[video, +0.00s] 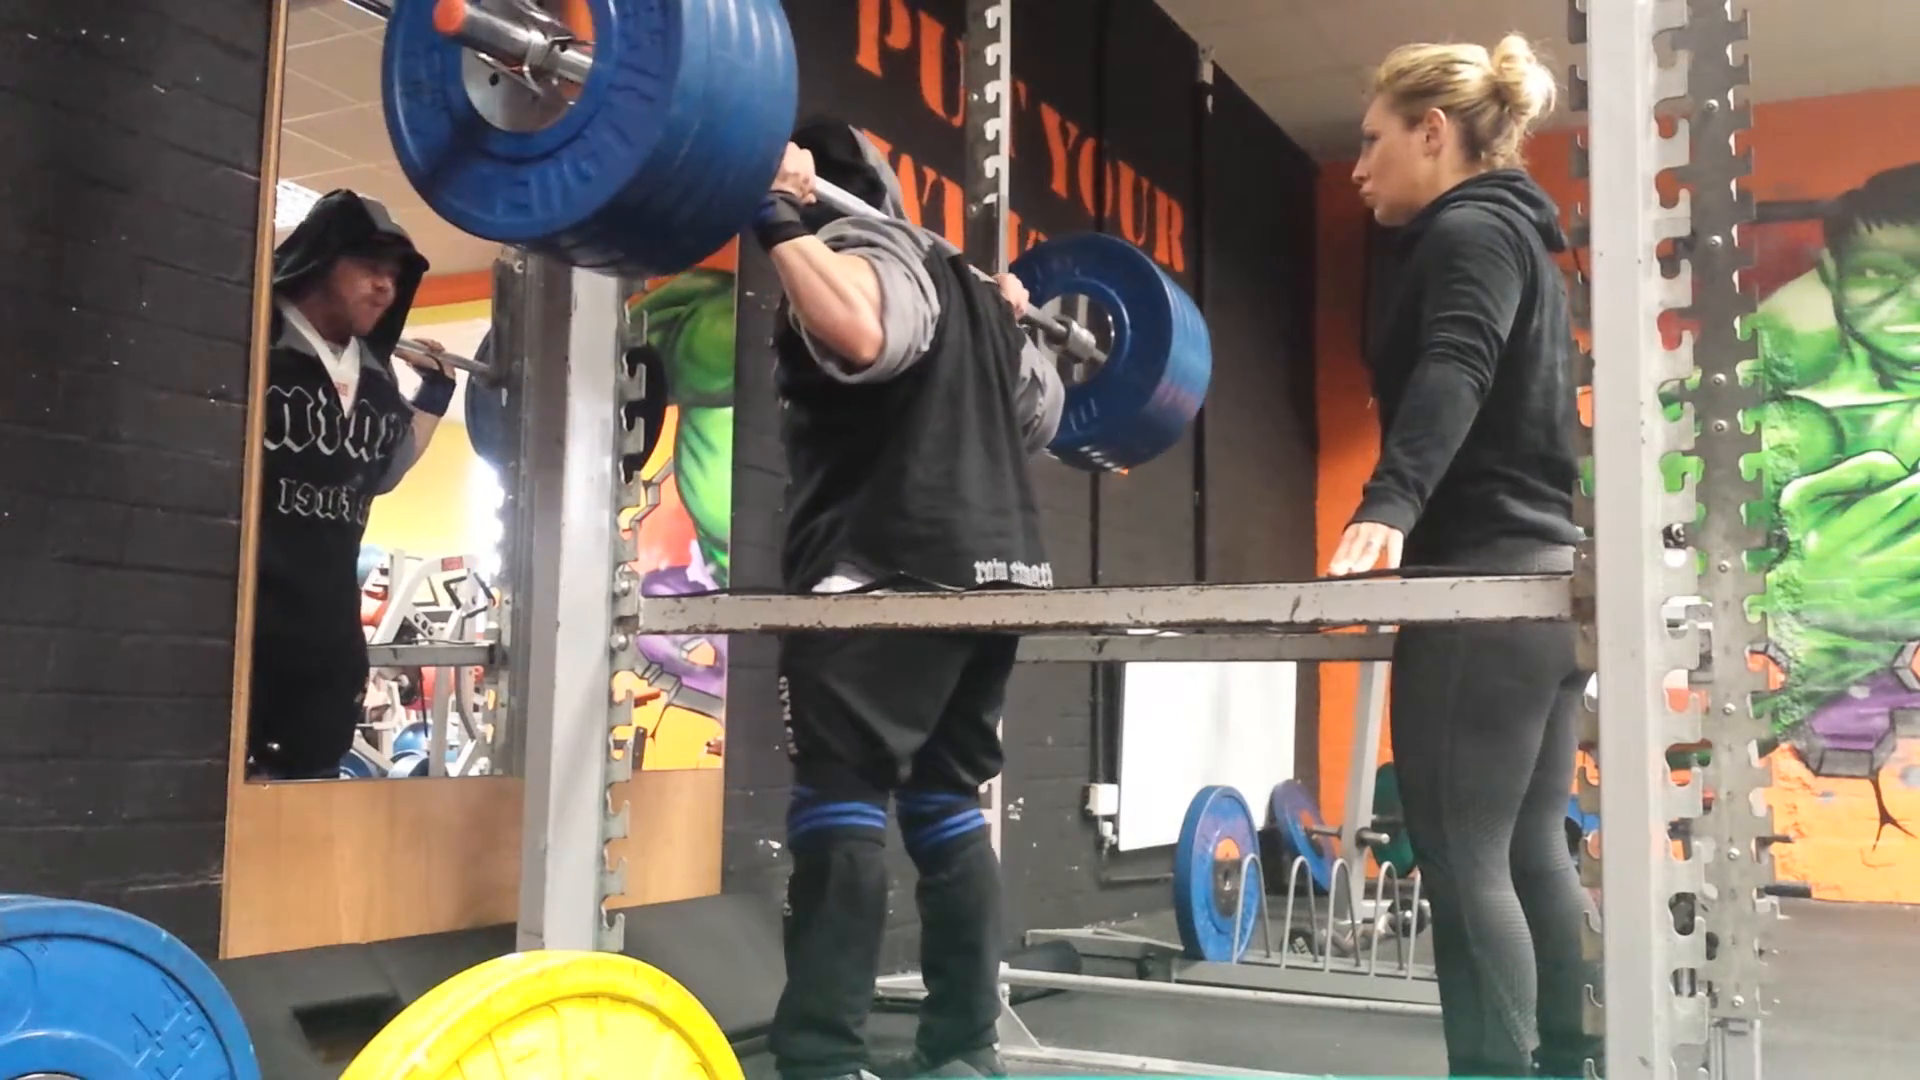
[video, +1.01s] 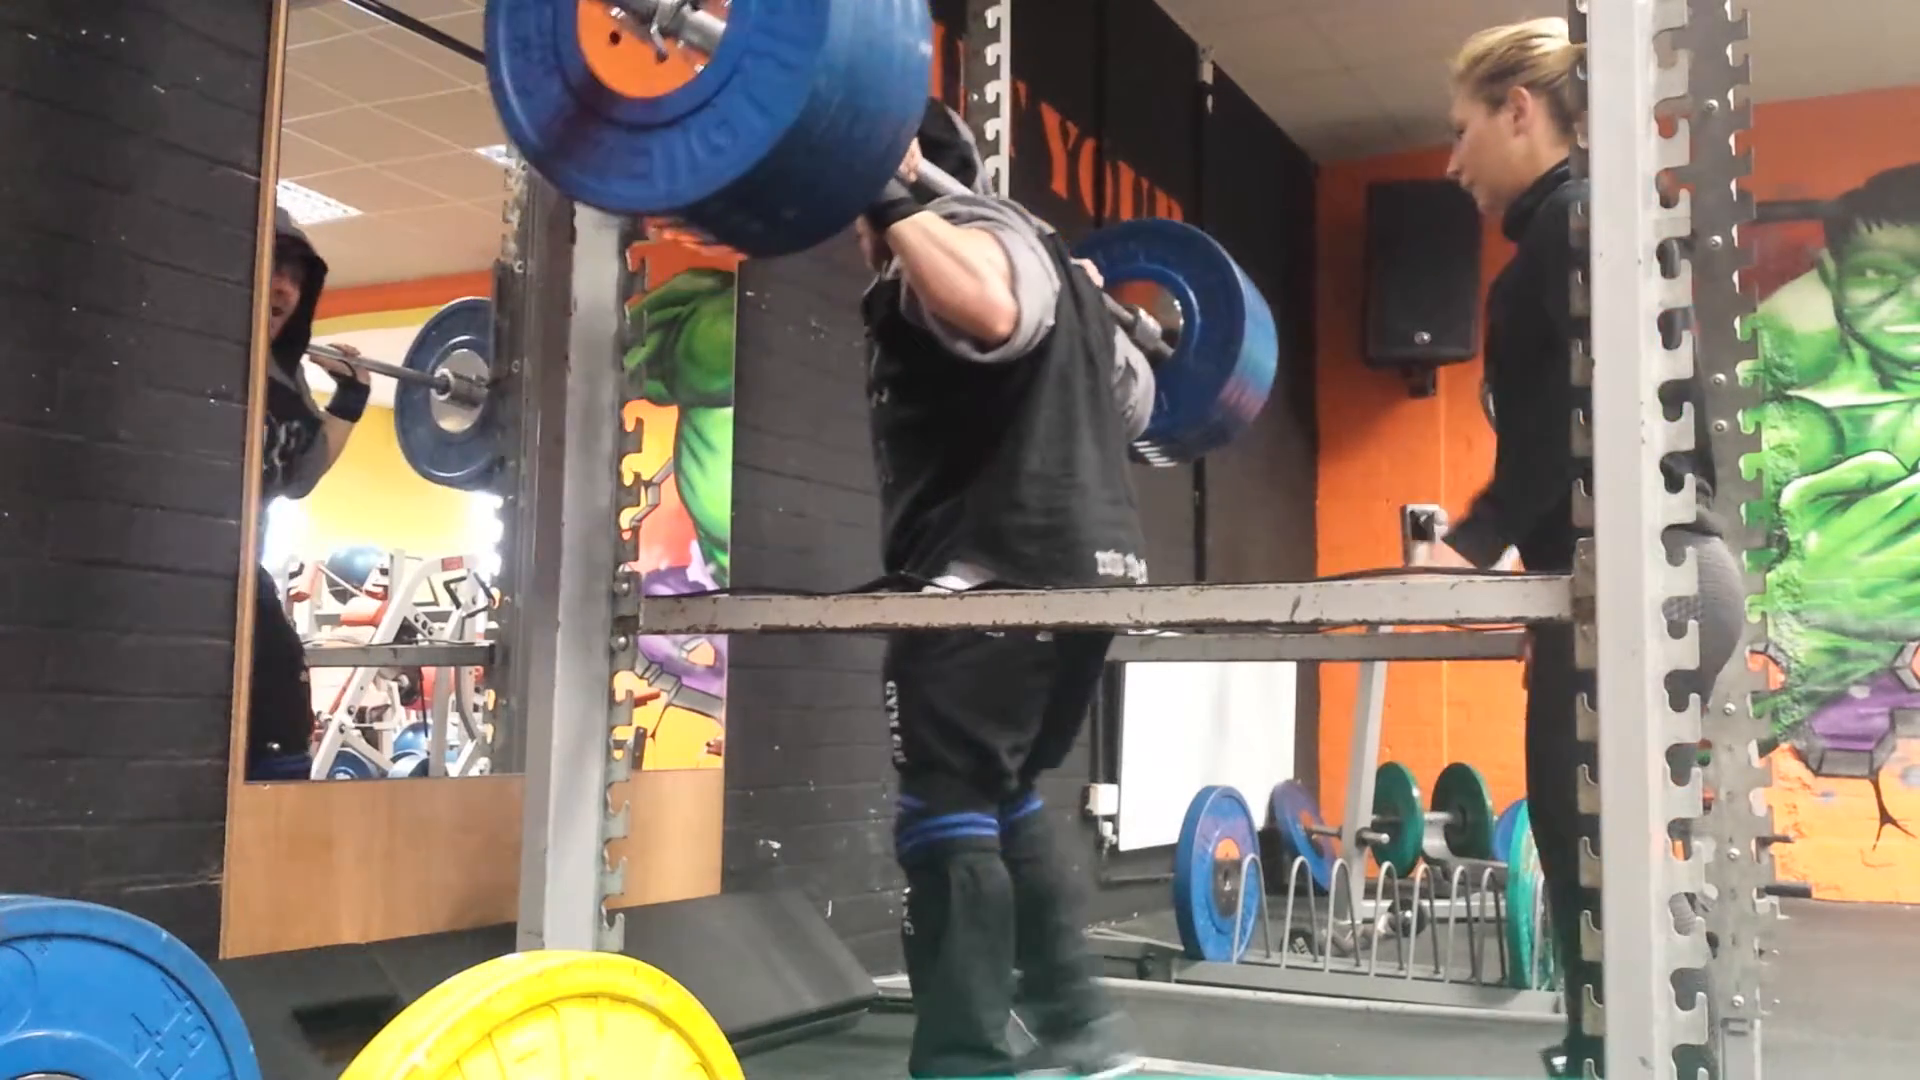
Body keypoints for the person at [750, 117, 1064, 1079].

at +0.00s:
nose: (780, 204)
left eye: (787, 185)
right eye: (783, 184)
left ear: (812, 184)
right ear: (882, 179)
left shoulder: (856, 241)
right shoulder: (966, 275)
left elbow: (859, 337)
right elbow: (1039, 410)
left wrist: (778, 214)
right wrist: (1019, 319)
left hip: (885, 568)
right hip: (998, 566)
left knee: (841, 793)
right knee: (947, 797)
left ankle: (818, 1049)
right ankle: (963, 1044)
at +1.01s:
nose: (862, 230)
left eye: (870, 208)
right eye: (861, 215)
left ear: (909, 173)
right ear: (977, 163)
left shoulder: (964, 226)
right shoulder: (1058, 257)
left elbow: (993, 311)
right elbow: (1135, 390)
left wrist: (892, 195)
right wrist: (1132, 324)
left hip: (989, 569)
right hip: (1092, 565)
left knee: (946, 807)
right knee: (1012, 791)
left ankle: (960, 1060)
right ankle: (1074, 1027)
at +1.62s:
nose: (976, 228)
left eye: (980, 205)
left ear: (1010, 186)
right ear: (1090, 165)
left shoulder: (1088, 229)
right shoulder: (1165, 244)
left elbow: (1141, 316)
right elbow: (1255, 368)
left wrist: (1050, 224)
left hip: (1113, 560)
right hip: (1219, 559)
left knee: (1020, 777)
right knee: (1156, 801)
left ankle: (1075, 1055)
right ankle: (1179, 1061)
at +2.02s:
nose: (1015, 241)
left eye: (1019, 219)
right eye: (1005, 227)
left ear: (1061, 193)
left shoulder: (1181, 221)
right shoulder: (1101, 271)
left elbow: (1217, 306)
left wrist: (1110, 186)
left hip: (1219, 572)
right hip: (1164, 575)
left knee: (1163, 826)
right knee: (1167, 826)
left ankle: (1220, 1068)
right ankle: (1187, 1061)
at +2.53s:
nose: (1081, 247)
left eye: (1078, 222)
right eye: (1066, 234)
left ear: (1116, 181)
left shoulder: (1240, 208)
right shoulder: (1169, 258)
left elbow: (1282, 295)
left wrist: (1173, 161)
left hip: (1265, 578)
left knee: (1214, 819)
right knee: (1303, 823)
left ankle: (1237, 1065)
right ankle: (1347, 1064)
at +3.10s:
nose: (1108, 259)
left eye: (1111, 232)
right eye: (1095, 241)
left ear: (1161, 193)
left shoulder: (1295, 212)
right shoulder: (1213, 262)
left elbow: (1329, 300)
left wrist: (1225, 179)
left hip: (1315, 588)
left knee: (1259, 829)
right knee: (1333, 833)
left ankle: (1266, 1064)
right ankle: (1351, 1064)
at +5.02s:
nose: (1096, 254)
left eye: (1091, 229)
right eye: (1079, 239)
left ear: (1133, 193)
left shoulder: (1255, 206)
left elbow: (1290, 293)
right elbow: (1408, 356)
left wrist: (1180, 172)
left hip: (1287, 588)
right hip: (1367, 588)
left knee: (1231, 822)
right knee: (1326, 829)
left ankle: (1254, 1063)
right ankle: (1357, 1062)